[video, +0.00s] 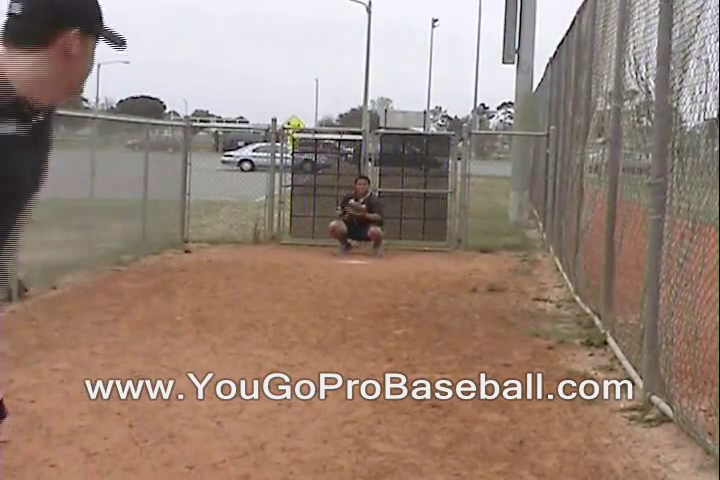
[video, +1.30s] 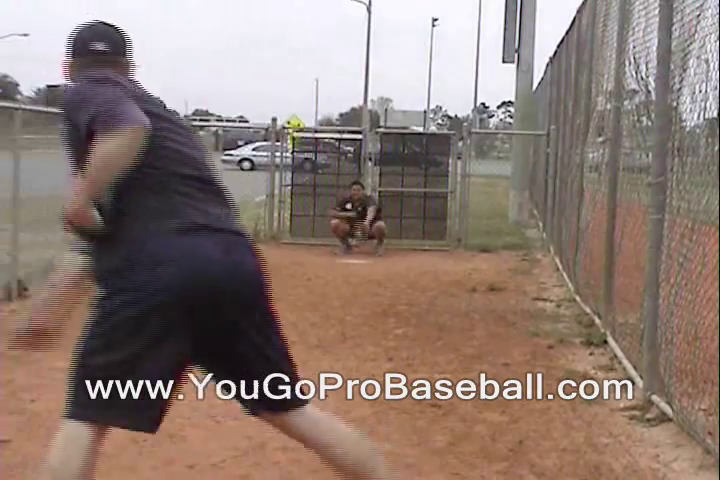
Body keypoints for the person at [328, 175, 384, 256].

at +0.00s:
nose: (361, 187)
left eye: (364, 184)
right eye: (359, 184)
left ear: (368, 187)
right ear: (355, 186)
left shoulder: (373, 200)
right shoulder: (348, 198)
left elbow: (379, 217)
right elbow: (339, 213)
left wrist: (363, 215)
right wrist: (346, 215)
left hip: (366, 227)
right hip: (351, 226)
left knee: (376, 231)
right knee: (334, 226)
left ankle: (377, 245)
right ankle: (346, 245)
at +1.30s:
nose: (356, 193)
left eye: (358, 190)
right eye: (354, 190)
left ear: (363, 191)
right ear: (351, 191)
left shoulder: (368, 200)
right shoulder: (346, 201)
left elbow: (371, 210)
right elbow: (333, 212)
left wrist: (367, 222)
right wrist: (349, 215)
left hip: (366, 228)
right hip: (351, 228)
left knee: (380, 226)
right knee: (335, 224)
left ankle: (379, 246)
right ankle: (346, 245)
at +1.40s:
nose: (356, 193)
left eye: (358, 190)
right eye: (354, 190)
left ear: (362, 192)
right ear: (350, 192)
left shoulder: (369, 201)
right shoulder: (346, 201)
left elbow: (371, 215)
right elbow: (334, 212)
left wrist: (367, 230)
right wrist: (348, 215)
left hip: (366, 228)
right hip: (352, 228)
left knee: (381, 226)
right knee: (335, 224)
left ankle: (380, 246)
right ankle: (346, 245)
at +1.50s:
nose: (355, 192)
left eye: (358, 190)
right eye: (353, 190)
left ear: (362, 191)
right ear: (350, 191)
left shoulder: (369, 202)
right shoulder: (346, 201)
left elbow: (369, 222)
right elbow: (333, 212)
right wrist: (347, 213)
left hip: (366, 227)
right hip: (352, 227)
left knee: (382, 225)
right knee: (336, 223)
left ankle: (382, 246)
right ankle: (346, 246)